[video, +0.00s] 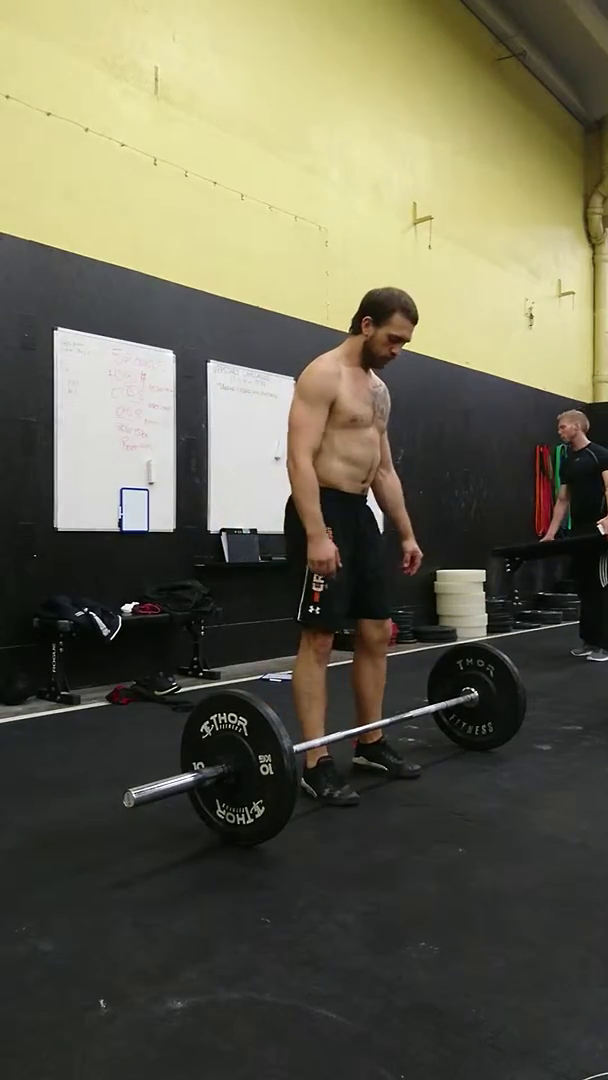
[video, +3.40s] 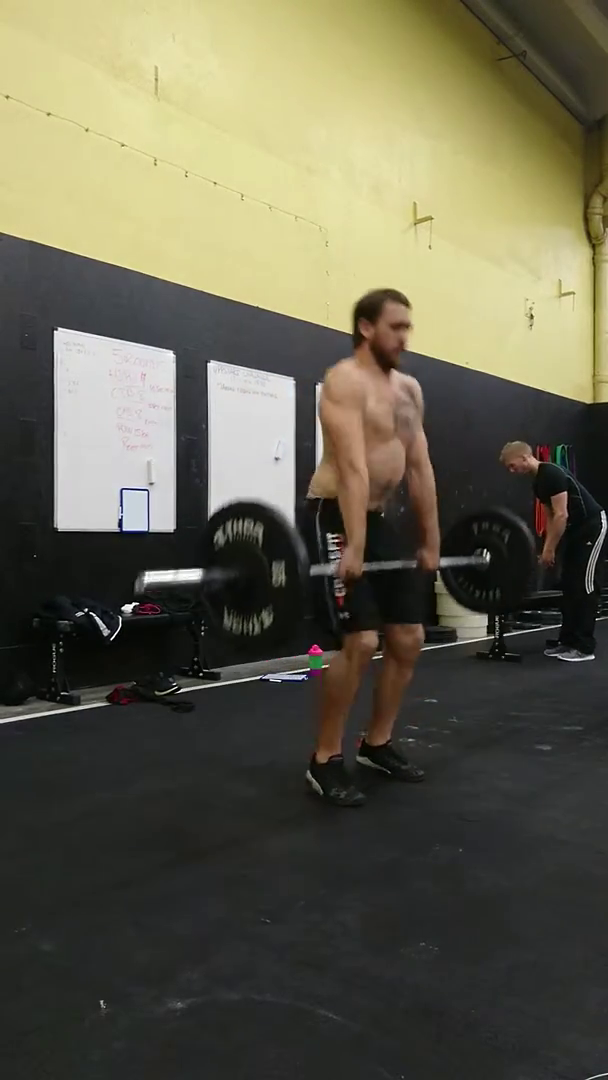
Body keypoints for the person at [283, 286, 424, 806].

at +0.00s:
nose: (398, 351)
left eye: (404, 343)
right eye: (394, 340)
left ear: (396, 337)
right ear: (365, 325)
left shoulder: (379, 388)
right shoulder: (323, 374)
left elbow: (383, 468)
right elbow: (299, 458)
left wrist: (405, 531)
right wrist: (316, 534)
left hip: (363, 516)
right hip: (323, 515)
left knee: (375, 635)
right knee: (318, 640)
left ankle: (371, 742)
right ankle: (316, 761)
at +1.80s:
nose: (441, 386)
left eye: (448, 378)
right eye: (438, 375)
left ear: (440, 369)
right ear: (411, 357)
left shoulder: (418, 419)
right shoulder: (356, 401)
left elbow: (411, 495)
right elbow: (326, 487)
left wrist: (417, 570)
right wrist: (332, 571)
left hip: (355, 516)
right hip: (312, 512)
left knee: (372, 636)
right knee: (328, 638)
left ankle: (371, 746)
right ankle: (319, 761)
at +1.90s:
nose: (453, 425)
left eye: (459, 418)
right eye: (451, 414)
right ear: (425, 395)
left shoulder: (425, 450)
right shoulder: (365, 433)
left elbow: (413, 525)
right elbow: (338, 523)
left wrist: (413, 601)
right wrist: (337, 607)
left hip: (351, 526)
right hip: (305, 520)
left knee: (373, 635)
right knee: (328, 638)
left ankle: (371, 744)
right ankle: (320, 761)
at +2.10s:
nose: (459, 501)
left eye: (467, 495)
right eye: (459, 491)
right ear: (437, 468)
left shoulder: (433, 513)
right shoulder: (375, 498)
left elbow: (419, 586)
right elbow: (346, 593)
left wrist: (413, 659)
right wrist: (336, 678)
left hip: (352, 545)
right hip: (298, 536)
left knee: (382, 636)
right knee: (328, 643)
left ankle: (373, 746)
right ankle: (320, 761)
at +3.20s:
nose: (463, 435)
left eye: (469, 426)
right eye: (457, 422)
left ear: (471, 424)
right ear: (427, 410)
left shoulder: (442, 476)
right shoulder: (378, 462)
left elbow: (427, 554)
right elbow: (352, 559)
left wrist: (418, 628)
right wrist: (337, 639)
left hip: (356, 538)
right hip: (308, 529)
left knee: (385, 636)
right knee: (330, 646)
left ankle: (373, 747)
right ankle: (319, 763)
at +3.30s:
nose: (444, 374)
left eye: (448, 365)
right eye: (436, 363)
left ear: (444, 368)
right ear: (404, 360)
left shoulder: (433, 431)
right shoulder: (367, 421)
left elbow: (427, 512)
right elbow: (355, 517)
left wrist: (423, 587)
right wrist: (345, 595)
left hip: (363, 528)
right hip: (315, 523)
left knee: (389, 636)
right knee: (338, 638)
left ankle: (373, 746)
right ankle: (321, 762)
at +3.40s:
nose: (405, 336)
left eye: (408, 328)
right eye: (397, 326)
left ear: (404, 331)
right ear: (366, 328)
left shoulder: (408, 386)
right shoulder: (343, 381)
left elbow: (419, 466)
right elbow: (350, 468)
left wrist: (431, 539)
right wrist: (354, 546)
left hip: (382, 520)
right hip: (337, 519)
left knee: (407, 639)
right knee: (358, 643)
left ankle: (377, 744)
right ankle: (326, 760)